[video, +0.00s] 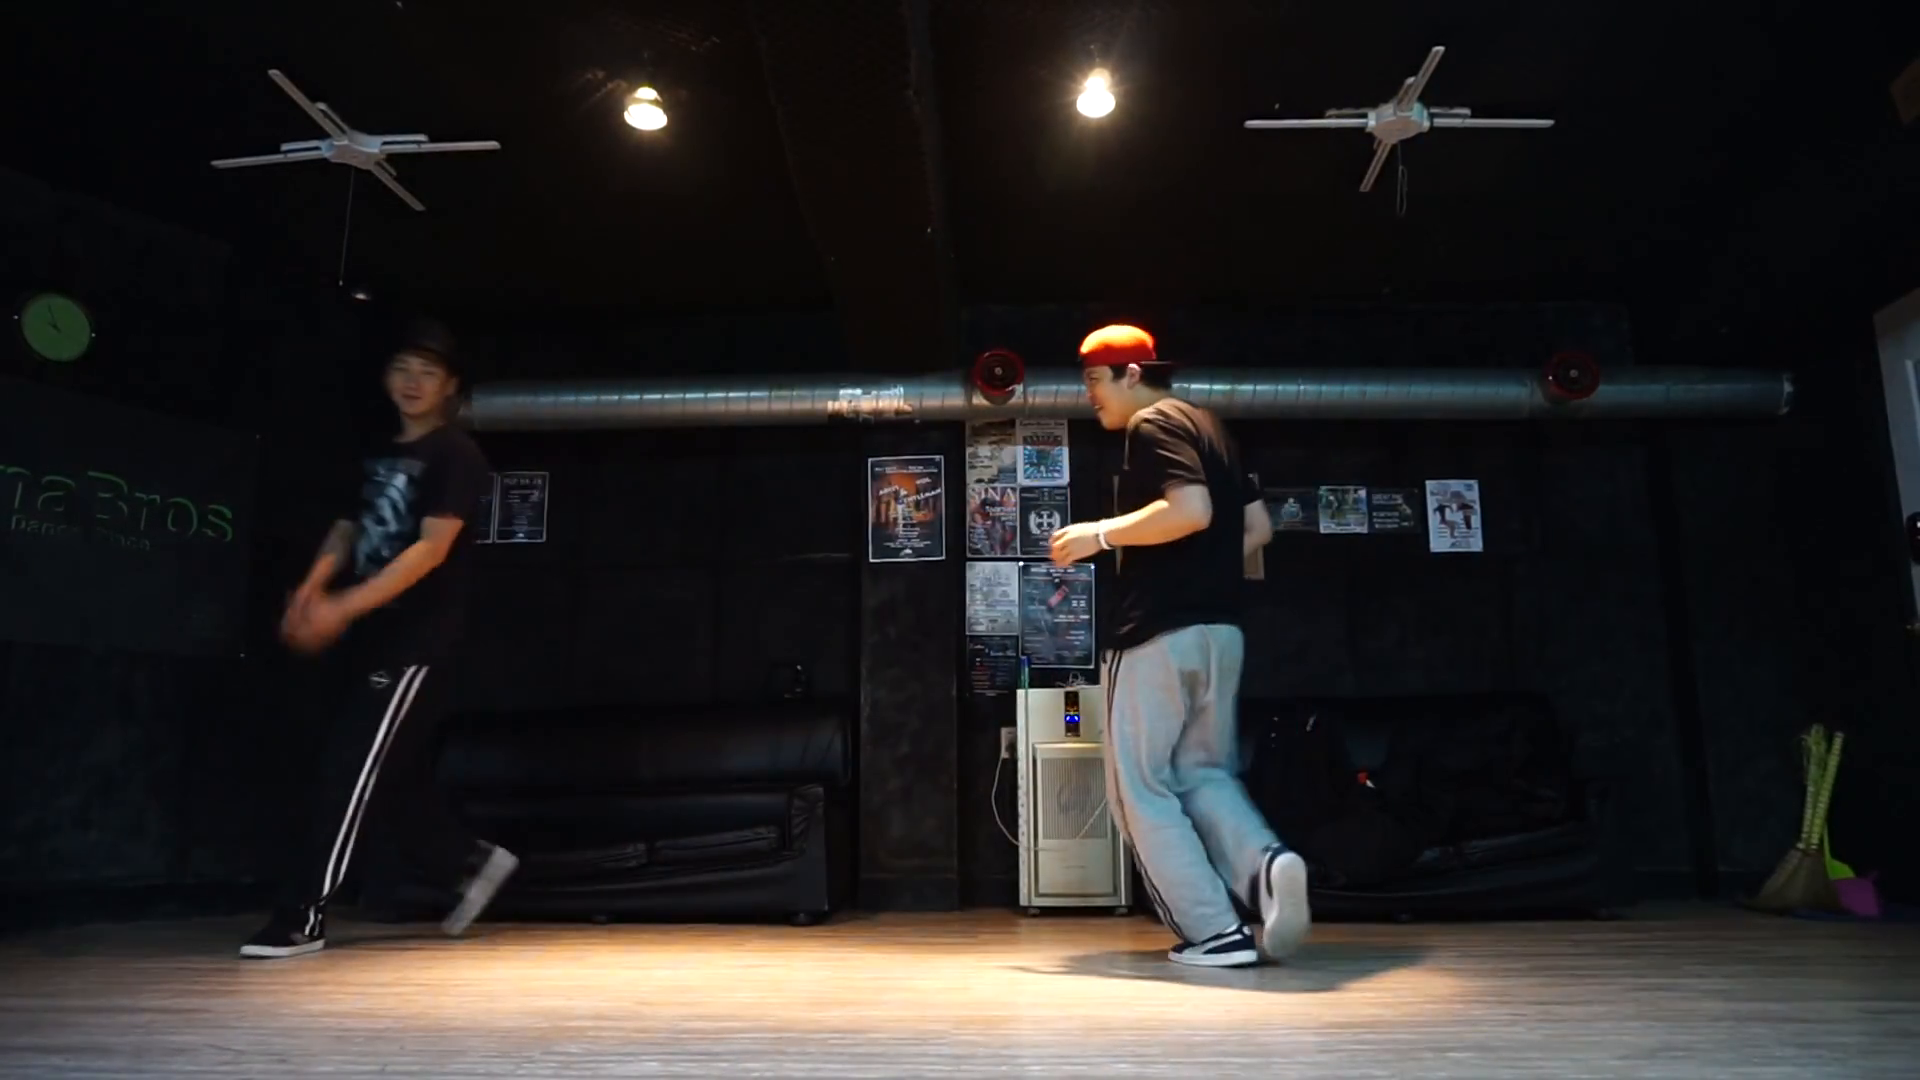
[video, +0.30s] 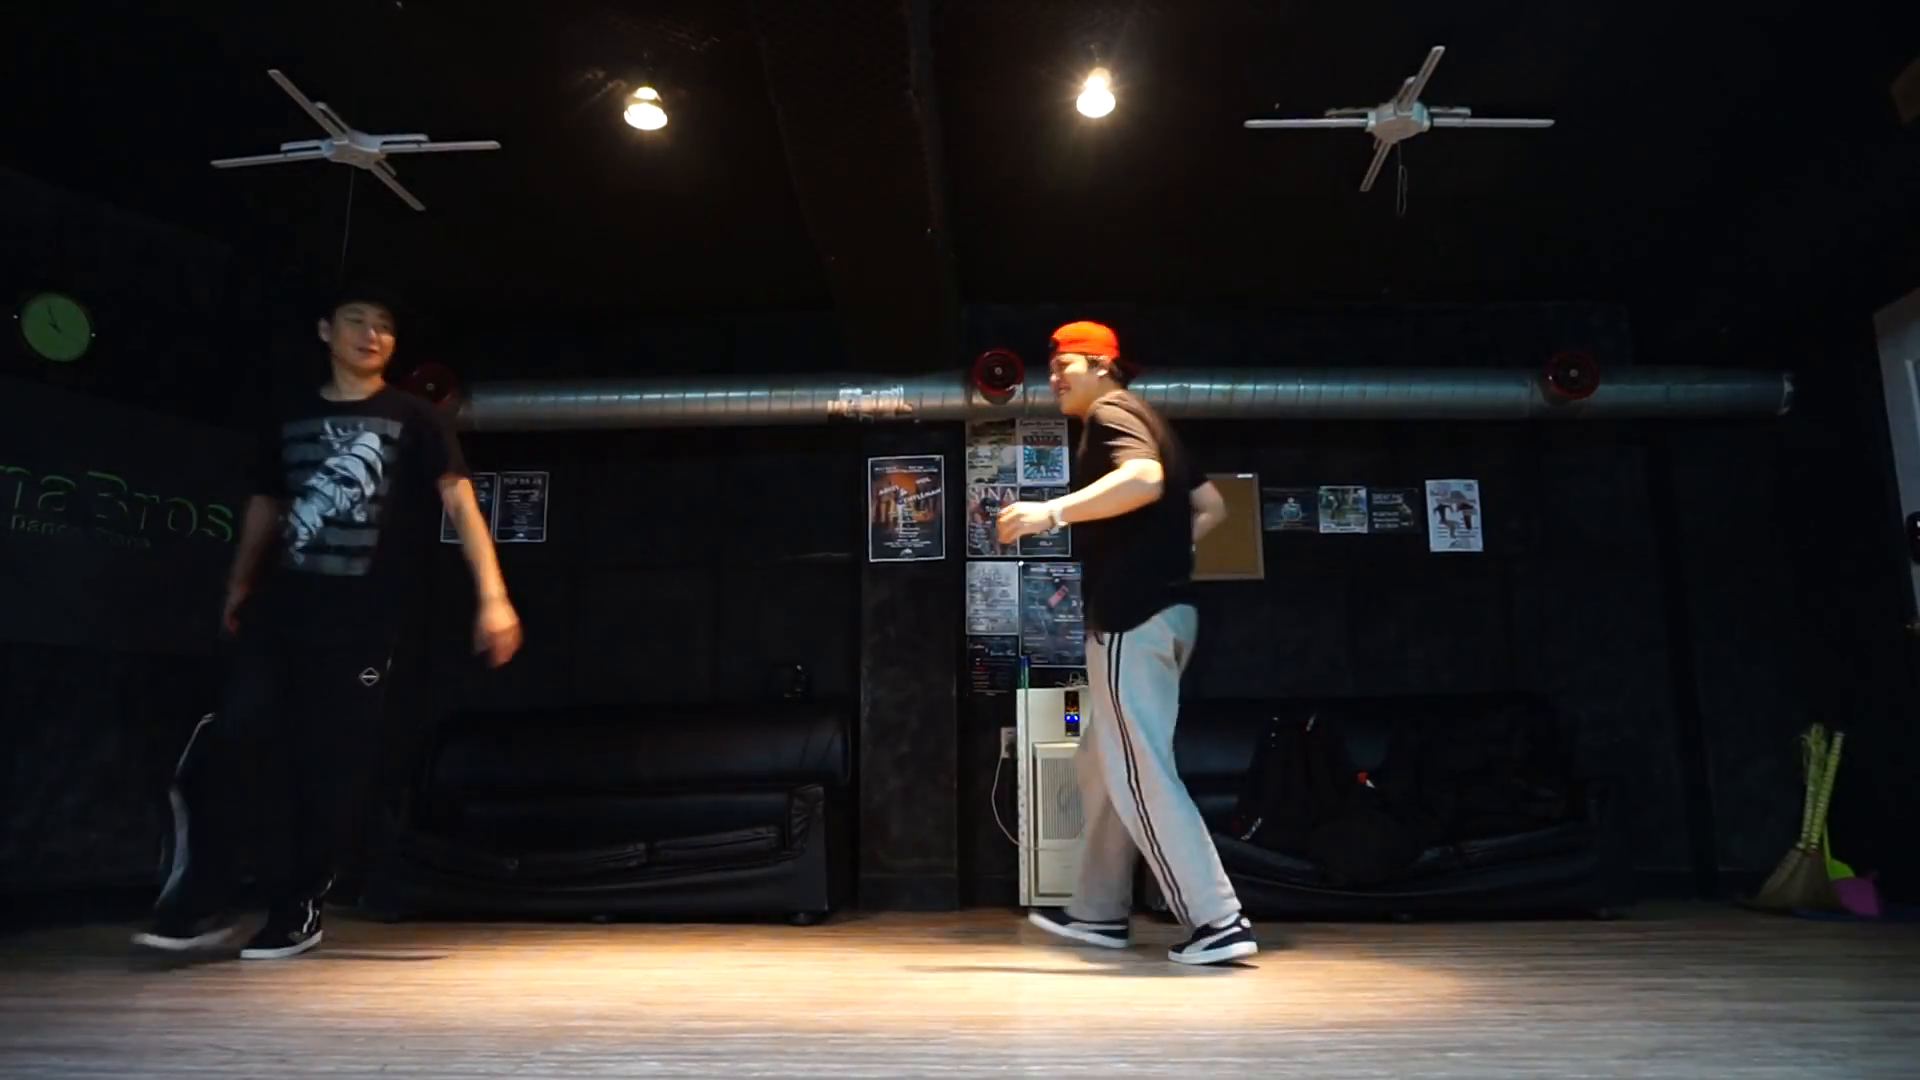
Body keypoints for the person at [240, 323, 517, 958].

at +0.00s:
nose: (410, 383)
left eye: (425, 374)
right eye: (402, 371)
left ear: (451, 385)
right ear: (388, 378)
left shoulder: (455, 456)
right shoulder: (384, 453)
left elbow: (432, 550)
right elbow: (352, 528)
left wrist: (344, 607)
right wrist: (313, 586)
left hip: (422, 639)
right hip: (378, 633)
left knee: (358, 768)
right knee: (384, 767)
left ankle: (305, 915)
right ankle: (472, 862)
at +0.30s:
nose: (371, 337)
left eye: (383, 328)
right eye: (357, 324)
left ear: (394, 344)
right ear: (327, 332)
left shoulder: (417, 421)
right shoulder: (289, 414)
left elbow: (462, 506)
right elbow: (264, 507)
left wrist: (492, 596)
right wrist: (240, 583)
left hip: (366, 614)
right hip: (285, 609)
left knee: (328, 759)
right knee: (241, 741)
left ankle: (298, 908)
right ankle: (207, 902)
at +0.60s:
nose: (321, 320)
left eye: (331, 310)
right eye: (306, 306)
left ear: (342, 323)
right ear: (267, 312)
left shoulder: (373, 407)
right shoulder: (226, 403)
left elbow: (434, 495)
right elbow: (160, 490)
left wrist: (496, 582)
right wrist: (78, 567)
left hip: (313, 621)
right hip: (221, 615)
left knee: (287, 774)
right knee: (176, 766)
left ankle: (273, 902)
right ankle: (140, 946)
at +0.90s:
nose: (361, 263)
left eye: (372, 252)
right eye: (345, 244)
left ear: (378, 270)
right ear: (298, 247)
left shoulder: (384, 363)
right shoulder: (234, 332)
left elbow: (429, 457)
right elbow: (171, 416)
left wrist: (504, 493)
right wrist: (155, 378)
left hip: (317, 589)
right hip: (220, 577)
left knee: (300, 755)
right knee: (172, 755)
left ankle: (251, 943)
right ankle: (140, 941)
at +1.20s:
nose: (482, 275)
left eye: (494, 264)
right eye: (471, 253)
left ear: (497, 276)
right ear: (424, 239)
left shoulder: (468, 372)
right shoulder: (334, 305)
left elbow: (460, 465)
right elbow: (323, 402)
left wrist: (496, 481)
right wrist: (441, 464)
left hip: (389, 591)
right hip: (288, 573)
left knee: (384, 777)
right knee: (213, 760)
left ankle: (343, 975)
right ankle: (143, 927)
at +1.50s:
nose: (614, 213)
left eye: (616, 199)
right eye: (602, 193)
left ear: (574, 197)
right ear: (549, 186)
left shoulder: (574, 317)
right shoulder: (478, 269)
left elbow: (576, 452)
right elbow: (401, 375)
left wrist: (585, 571)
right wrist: (330, 478)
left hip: (519, 547)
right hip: (455, 531)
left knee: (441, 745)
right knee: (494, 706)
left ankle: (346, 970)